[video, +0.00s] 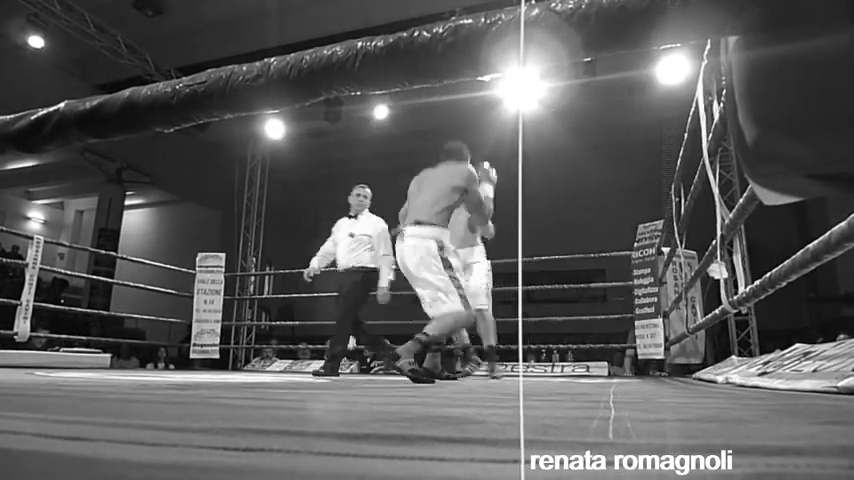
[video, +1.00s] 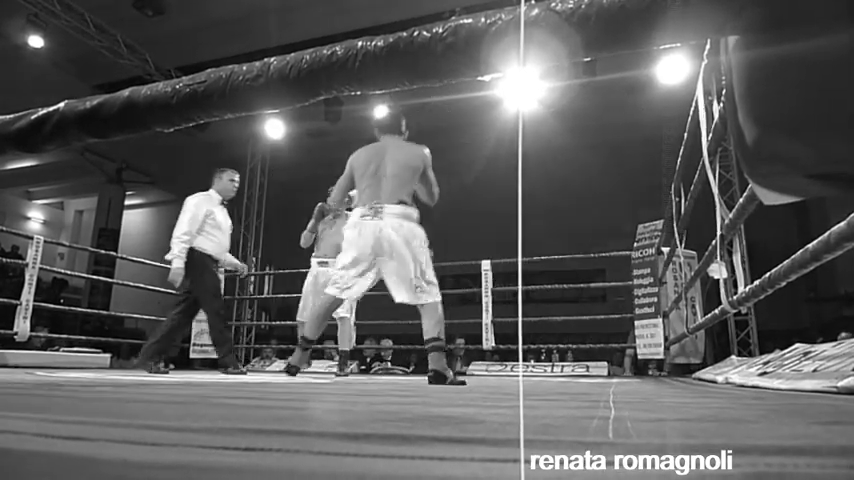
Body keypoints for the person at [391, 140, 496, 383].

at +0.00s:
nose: (470, 166)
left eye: (468, 162)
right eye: (469, 162)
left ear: (443, 157)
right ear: (466, 159)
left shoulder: (422, 176)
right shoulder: (464, 171)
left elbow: (403, 215)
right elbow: (482, 215)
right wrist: (488, 184)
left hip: (405, 242)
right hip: (429, 243)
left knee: (440, 307)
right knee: (464, 313)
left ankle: (432, 364)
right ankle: (407, 352)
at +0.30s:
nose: (457, 151)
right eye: (456, 148)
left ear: (430, 153)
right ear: (455, 148)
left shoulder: (415, 172)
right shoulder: (465, 159)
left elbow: (399, 215)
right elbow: (489, 202)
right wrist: (470, 180)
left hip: (411, 230)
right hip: (440, 226)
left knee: (435, 300)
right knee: (464, 298)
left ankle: (451, 361)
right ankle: (418, 338)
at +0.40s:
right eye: (454, 127)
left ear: (428, 128)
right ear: (454, 126)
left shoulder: (410, 150)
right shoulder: (465, 140)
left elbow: (396, 192)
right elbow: (479, 188)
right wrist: (463, 170)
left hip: (408, 211)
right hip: (441, 207)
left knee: (427, 290)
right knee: (452, 285)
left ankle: (423, 357)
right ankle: (435, 352)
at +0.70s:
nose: (443, 121)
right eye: (444, 116)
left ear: (415, 116)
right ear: (442, 116)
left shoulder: (394, 140)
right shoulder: (452, 138)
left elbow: (379, 185)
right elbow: (462, 188)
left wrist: (403, 177)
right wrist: (445, 178)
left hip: (393, 211)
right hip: (429, 210)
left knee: (399, 287)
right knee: (441, 287)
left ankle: (388, 344)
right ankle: (435, 362)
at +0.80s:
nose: (433, 116)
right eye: (434, 111)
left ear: (405, 112)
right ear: (434, 111)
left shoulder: (386, 133)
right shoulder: (446, 131)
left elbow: (369, 177)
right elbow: (455, 180)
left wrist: (397, 169)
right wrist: (439, 170)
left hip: (383, 203)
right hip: (422, 204)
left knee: (378, 278)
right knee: (435, 282)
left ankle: (369, 355)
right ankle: (437, 356)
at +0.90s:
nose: (421, 118)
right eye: (419, 114)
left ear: (392, 118)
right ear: (417, 116)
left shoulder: (371, 144)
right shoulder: (432, 141)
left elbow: (352, 185)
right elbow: (444, 189)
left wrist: (379, 183)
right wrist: (424, 173)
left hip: (372, 213)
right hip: (412, 214)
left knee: (357, 276)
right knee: (433, 288)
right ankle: (439, 361)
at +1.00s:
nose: (408, 132)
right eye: (406, 128)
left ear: (376, 131)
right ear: (404, 129)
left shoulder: (358, 156)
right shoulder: (419, 153)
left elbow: (336, 200)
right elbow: (431, 198)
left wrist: (356, 201)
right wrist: (409, 179)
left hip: (361, 225)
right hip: (403, 226)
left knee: (335, 291)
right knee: (428, 294)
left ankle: (297, 358)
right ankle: (437, 367)